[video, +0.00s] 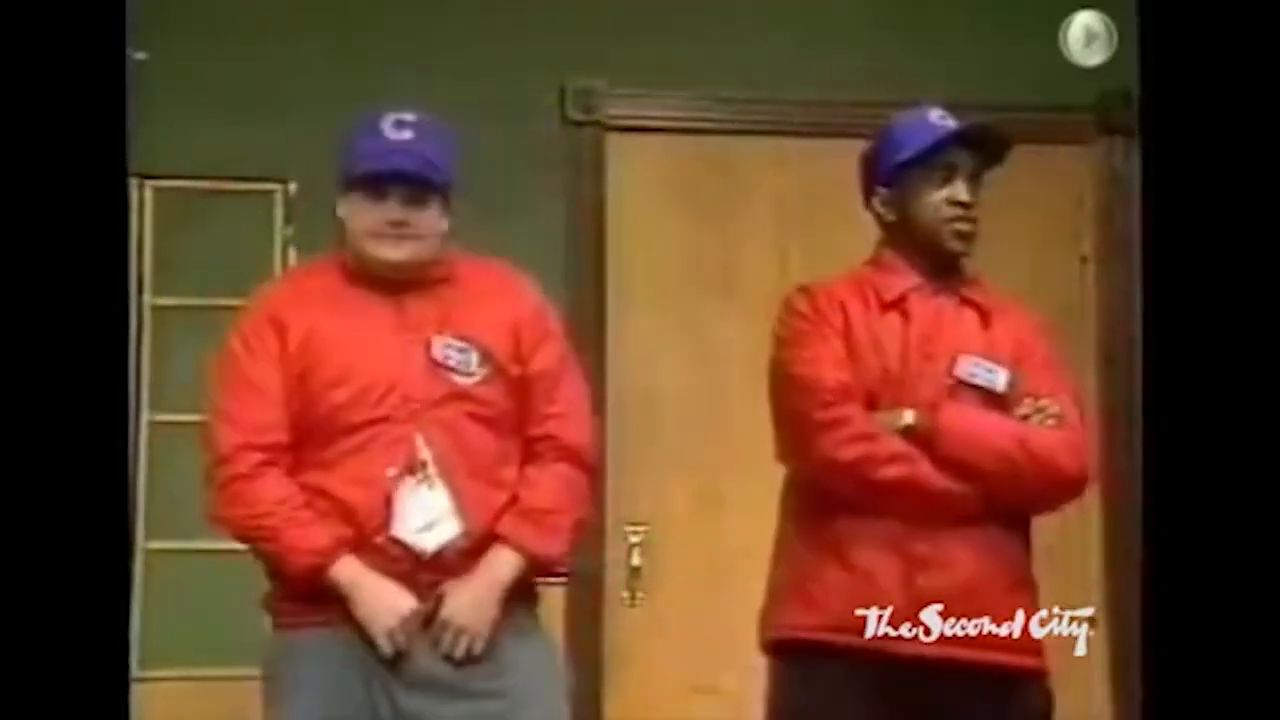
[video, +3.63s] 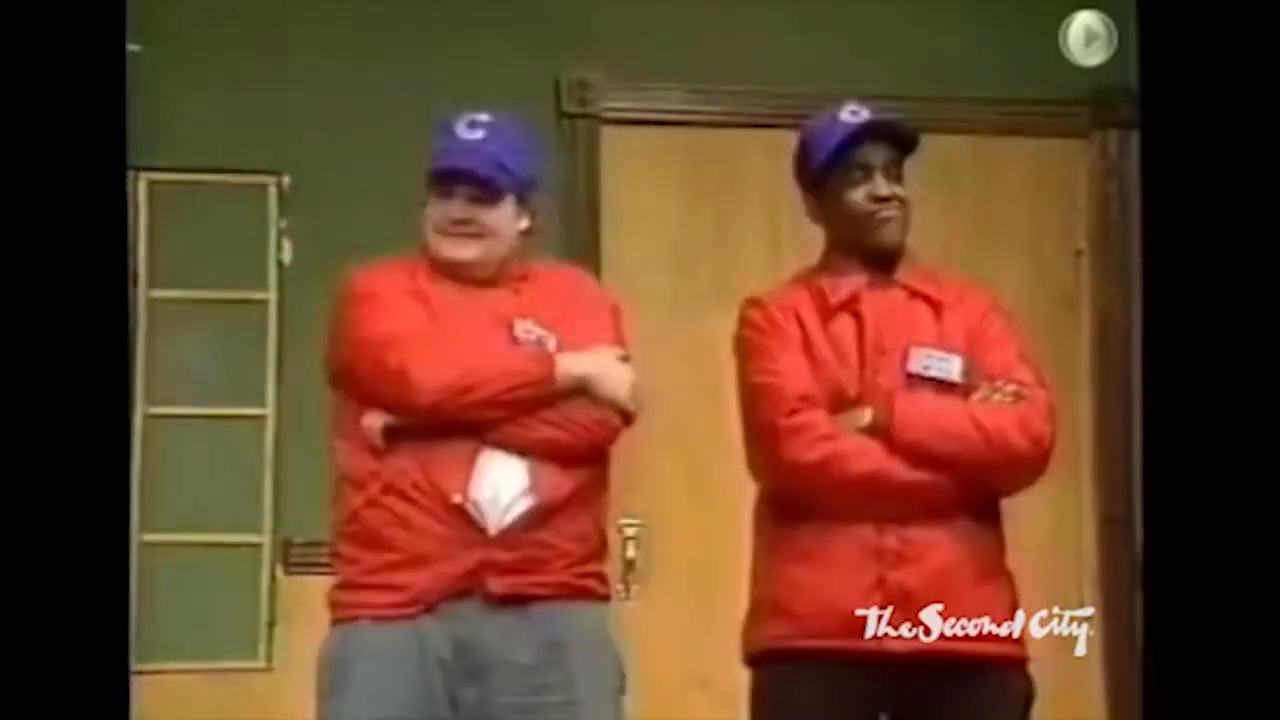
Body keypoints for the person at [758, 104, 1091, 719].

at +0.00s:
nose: (965, 197)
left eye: (972, 181)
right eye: (941, 178)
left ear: (981, 196)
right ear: (885, 201)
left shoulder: (1013, 325)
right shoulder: (821, 309)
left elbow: (1065, 466)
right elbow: (833, 454)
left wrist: (921, 423)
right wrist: (1001, 477)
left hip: (988, 647)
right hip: (839, 643)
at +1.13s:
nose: (879, 195)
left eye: (902, 180)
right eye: (865, 178)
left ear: (933, 205)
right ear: (842, 200)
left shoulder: (989, 321)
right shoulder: (788, 317)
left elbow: (1034, 449)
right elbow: (797, 458)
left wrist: (890, 422)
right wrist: (972, 462)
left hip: (973, 646)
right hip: (823, 645)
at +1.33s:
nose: (877, 194)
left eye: (901, 179)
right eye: (863, 177)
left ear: (933, 204)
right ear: (842, 197)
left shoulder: (990, 321)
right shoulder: (788, 317)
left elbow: (1035, 458)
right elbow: (796, 457)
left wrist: (905, 411)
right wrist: (968, 470)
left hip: (974, 648)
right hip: (823, 646)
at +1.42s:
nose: (872, 188)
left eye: (896, 172)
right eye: (859, 171)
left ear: (932, 196)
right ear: (840, 191)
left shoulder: (993, 317)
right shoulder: (787, 318)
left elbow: (1023, 462)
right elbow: (785, 459)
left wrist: (965, 364)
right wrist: (948, 463)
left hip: (972, 647)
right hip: (823, 648)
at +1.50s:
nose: (863, 186)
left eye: (888, 170)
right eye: (853, 170)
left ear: (932, 193)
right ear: (838, 187)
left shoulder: (986, 305)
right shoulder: (787, 316)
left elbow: (1014, 444)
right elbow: (780, 459)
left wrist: (952, 323)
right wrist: (940, 456)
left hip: (973, 644)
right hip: (822, 648)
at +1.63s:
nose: (848, 194)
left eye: (872, 177)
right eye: (844, 178)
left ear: (930, 199)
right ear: (835, 190)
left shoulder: (999, 309)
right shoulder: (797, 313)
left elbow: (1001, 438)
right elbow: (783, 462)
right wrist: (948, 449)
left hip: (975, 649)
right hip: (824, 651)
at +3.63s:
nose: (885, 191)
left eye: (894, 173)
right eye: (858, 177)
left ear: (909, 187)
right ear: (816, 200)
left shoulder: (969, 307)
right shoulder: (776, 315)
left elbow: (1027, 437)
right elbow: (793, 457)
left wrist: (880, 418)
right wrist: (968, 466)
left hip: (966, 642)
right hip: (817, 645)